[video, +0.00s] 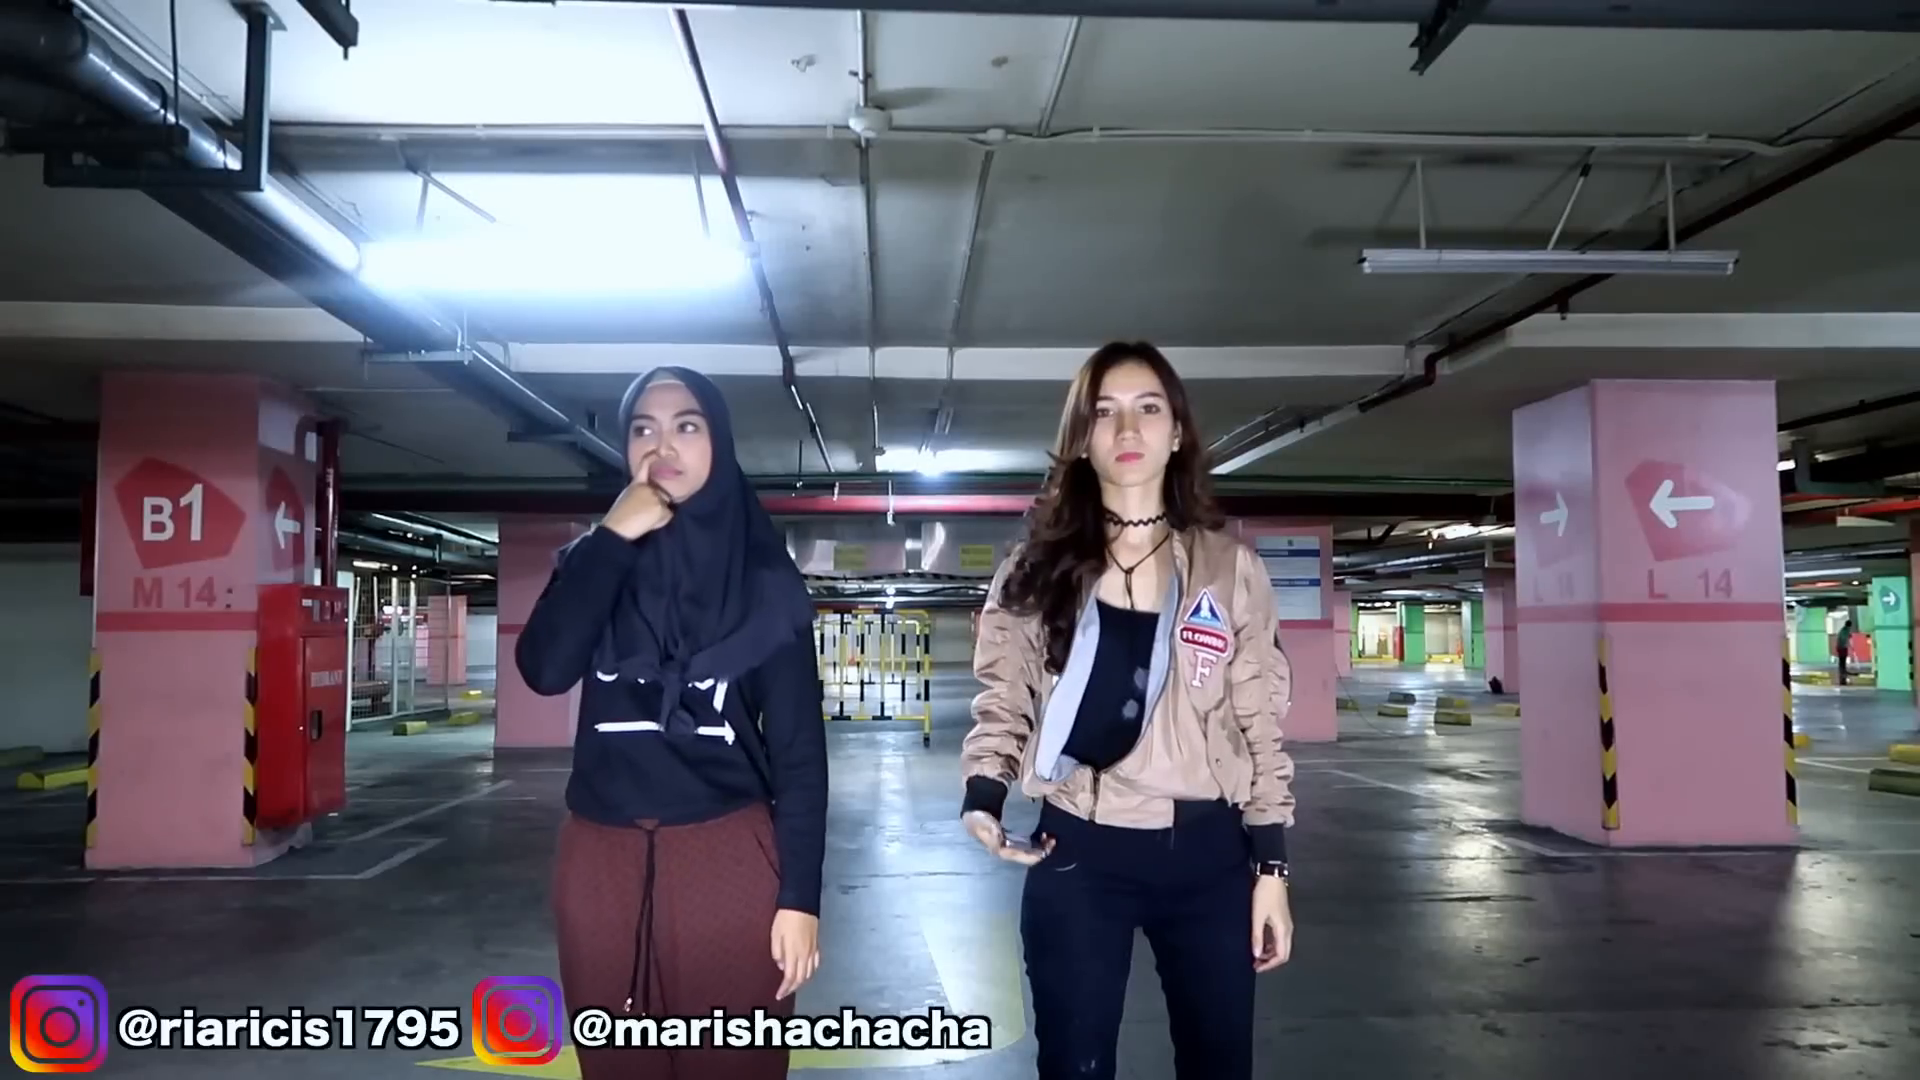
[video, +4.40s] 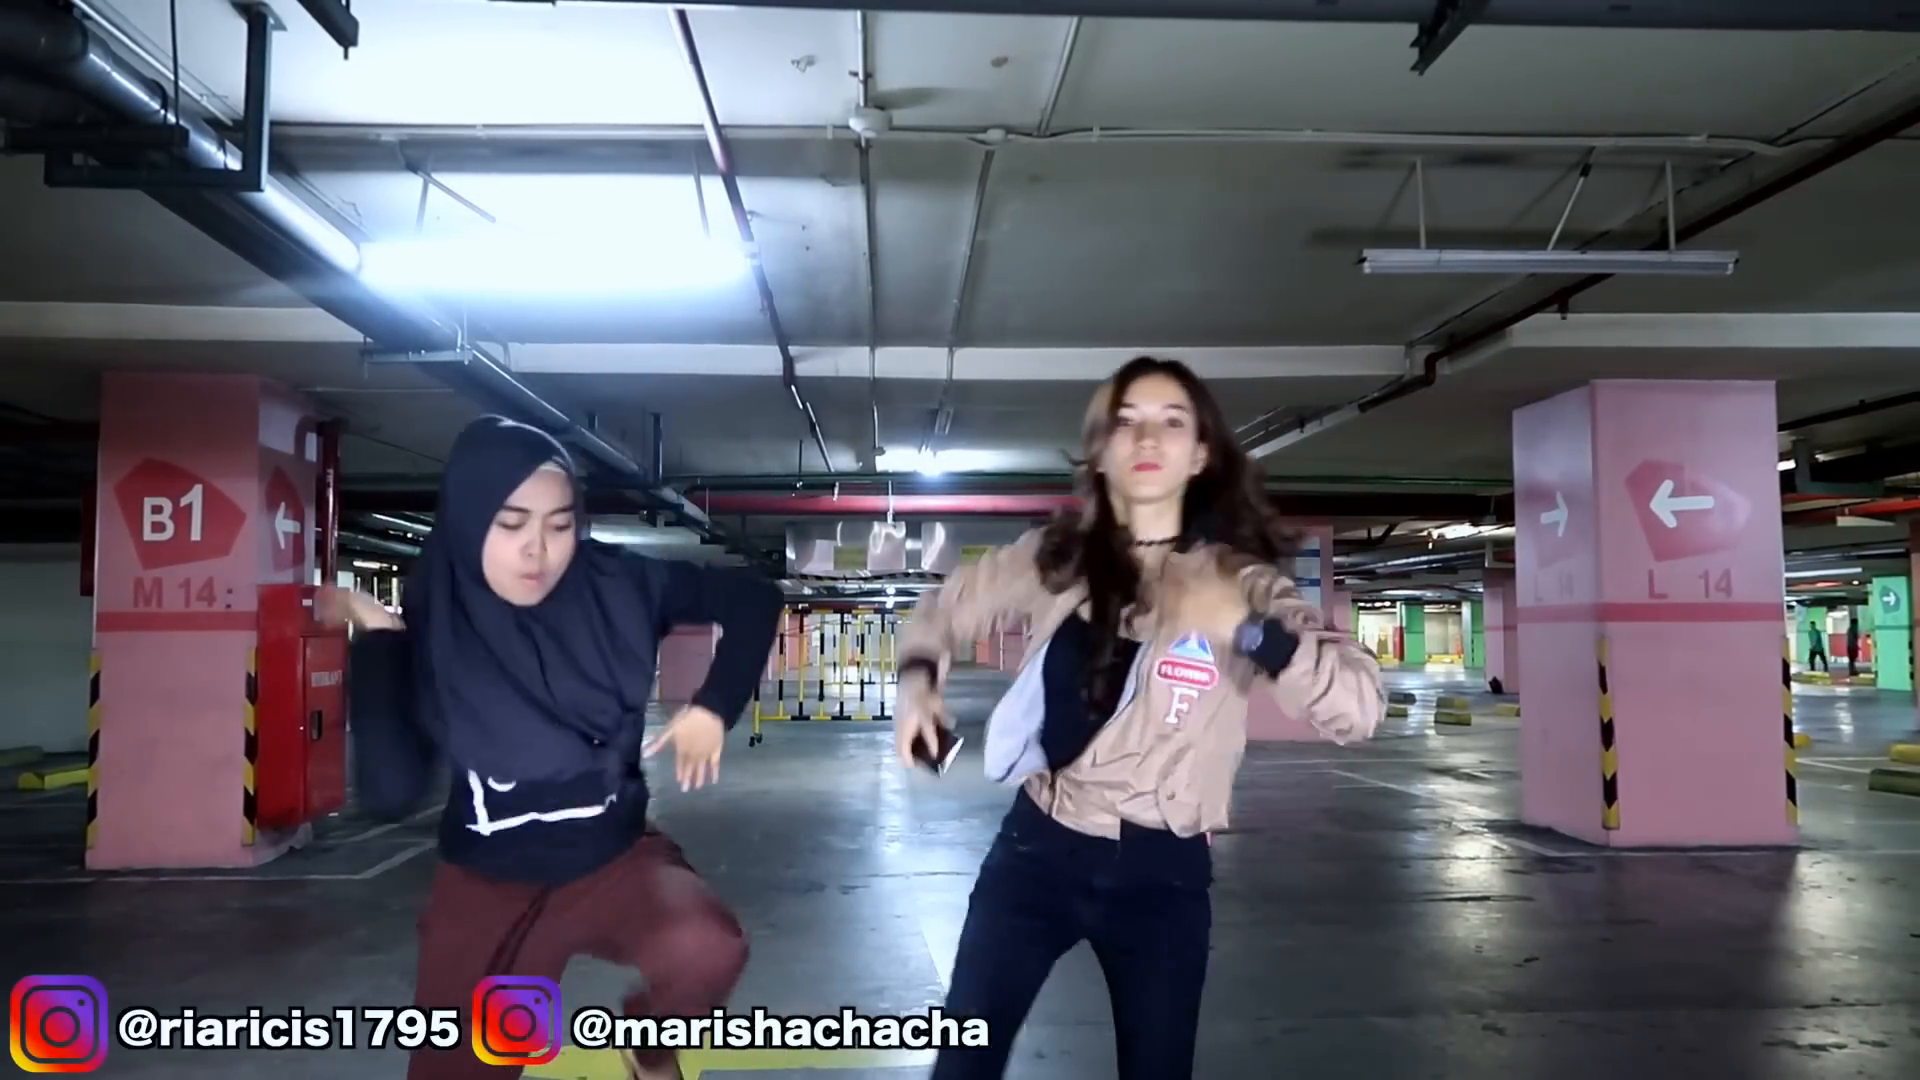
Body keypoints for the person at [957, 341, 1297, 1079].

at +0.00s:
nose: (1127, 427)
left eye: (1148, 409)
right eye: (1106, 412)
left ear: (1177, 430)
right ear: (1082, 436)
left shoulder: (1231, 565)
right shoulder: (1035, 564)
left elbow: (1259, 720)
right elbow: (1003, 694)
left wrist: (1271, 863)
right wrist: (982, 798)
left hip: (1206, 855)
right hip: (1076, 854)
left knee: (1220, 1068)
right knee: (1075, 1070)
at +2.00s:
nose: (1128, 432)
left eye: (1149, 412)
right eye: (1107, 416)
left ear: (1178, 431)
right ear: (1083, 437)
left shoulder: (1230, 563)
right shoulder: (1037, 561)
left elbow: (1261, 718)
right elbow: (1010, 700)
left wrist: (1268, 863)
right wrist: (981, 814)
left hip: (1206, 853)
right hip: (1076, 854)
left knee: (1221, 1067)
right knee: (1075, 1070)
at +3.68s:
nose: (1138, 429)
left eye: (1159, 408)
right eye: (1118, 413)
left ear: (1195, 428)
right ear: (1097, 438)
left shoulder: (1248, 562)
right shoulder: (1057, 555)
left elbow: (1343, 664)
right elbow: (976, 671)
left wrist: (1320, 784)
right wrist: (988, 788)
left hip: (1223, 854)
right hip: (1092, 856)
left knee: (1244, 1066)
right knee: (1086, 1067)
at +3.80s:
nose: (1141, 457)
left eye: (1165, 431)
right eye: (1133, 438)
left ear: (1226, 444)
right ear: (1122, 455)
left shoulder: (1281, 591)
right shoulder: (1086, 574)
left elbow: (1391, 689)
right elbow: (992, 671)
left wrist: (1341, 779)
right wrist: (979, 790)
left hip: (1236, 870)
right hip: (1106, 866)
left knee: (1258, 1069)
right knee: (1074, 1066)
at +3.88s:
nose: (1150, 489)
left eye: (1176, 465)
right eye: (1149, 470)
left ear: (1242, 485)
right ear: (1140, 485)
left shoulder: (1299, 645)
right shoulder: (1100, 598)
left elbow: (1376, 779)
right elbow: (1008, 689)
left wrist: (1307, 815)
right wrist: (992, 774)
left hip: (1233, 895)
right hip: (1105, 882)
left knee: (1270, 1070)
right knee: (1053, 1052)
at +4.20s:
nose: (1235, 454)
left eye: (1259, 438)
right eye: (1218, 436)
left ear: (1287, 464)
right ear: (1189, 458)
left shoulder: (1290, 627)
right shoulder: (1120, 559)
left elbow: (1284, 800)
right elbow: (1008, 612)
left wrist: (1257, 725)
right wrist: (934, 687)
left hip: (1180, 882)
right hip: (1060, 856)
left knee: (1180, 1069)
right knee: (965, 1060)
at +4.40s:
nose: (1146, 437)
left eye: (1171, 423)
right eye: (1126, 422)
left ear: (1203, 455)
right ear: (1099, 452)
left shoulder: (1242, 583)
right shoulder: (1058, 558)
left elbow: (1358, 715)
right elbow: (944, 610)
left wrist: (1265, 639)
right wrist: (917, 686)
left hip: (1161, 870)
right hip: (1037, 852)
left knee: (1157, 1070)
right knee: (961, 1060)